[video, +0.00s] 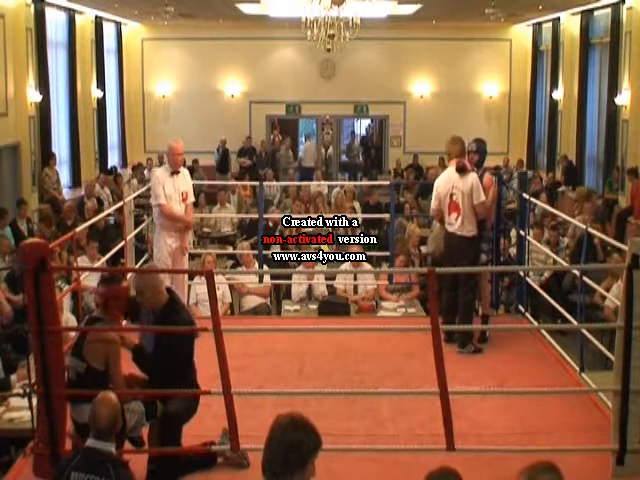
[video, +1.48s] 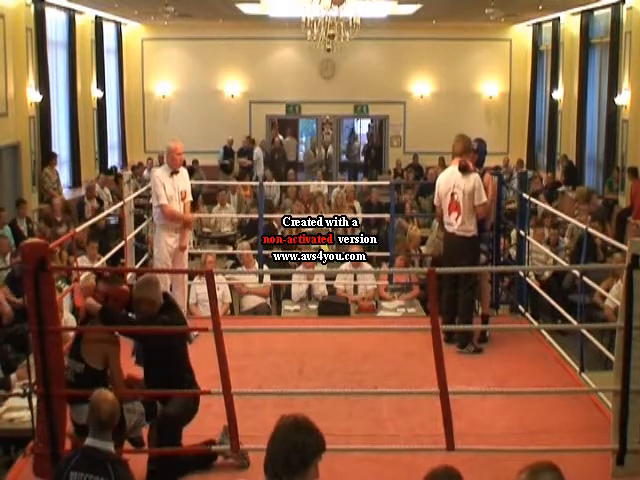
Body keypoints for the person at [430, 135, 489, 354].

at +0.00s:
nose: (458, 157)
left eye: (452, 154)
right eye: (462, 154)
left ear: (447, 155)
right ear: (465, 154)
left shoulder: (441, 180)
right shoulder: (472, 178)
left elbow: (435, 211)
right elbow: (481, 210)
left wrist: (447, 223)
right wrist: (491, 193)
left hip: (449, 235)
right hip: (469, 235)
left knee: (449, 283)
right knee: (467, 285)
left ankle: (448, 328)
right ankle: (465, 337)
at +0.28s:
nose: (462, 155)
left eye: (456, 151)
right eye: (463, 151)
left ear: (446, 154)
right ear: (463, 152)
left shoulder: (439, 180)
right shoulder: (472, 178)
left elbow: (436, 214)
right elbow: (481, 210)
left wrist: (451, 218)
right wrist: (492, 191)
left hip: (449, 235)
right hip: (468, 236)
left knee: (449, 283)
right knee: (467, 285)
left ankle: (448, 328)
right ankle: (465, 337)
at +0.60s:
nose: (466, 154)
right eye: (466, 151)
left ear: (448, 153)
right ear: (466, 152)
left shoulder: (441, 180)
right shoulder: (471, 179)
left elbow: (438, 213)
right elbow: (480, 211)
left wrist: (449, 225)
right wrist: (491, 195)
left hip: (449, 236)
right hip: (468, 236)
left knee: (449, 283)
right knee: (467, 285)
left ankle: (448, 327)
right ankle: (465, 335)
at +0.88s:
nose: (466, 156)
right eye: (467, 152)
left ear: (448, 153)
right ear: (467, 153)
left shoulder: (441, 179)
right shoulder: (472, 179)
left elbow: (438, 213)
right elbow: (481, 210)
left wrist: (448, 226)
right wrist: (490, 193)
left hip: (449, 236)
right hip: (468, 236)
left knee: (449, 283)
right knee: (467, 285)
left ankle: (448, 328)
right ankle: (465, 336)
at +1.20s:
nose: (467, 155)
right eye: (468, 151)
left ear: (449, 152)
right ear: (468, 152)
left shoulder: (442, 178)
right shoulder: (473, 178)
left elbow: (438, 212)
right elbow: (481, 211)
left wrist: (447, 226)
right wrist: (491, 193)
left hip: (449, 235)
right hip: (468, 236)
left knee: (449, 282)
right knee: (467, 285)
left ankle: (448, 328)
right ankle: (465, 336)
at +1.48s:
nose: (471, 156)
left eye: (469, 153)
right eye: (471, 153)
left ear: (452, 153)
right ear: (471, 154)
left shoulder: (442, 177)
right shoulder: (474, 178)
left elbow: (438, 210)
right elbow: (481, 211)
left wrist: (446, 226)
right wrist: (489, 190)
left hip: (449, 235)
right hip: (468, 236)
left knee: (449, 282)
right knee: (467, 284)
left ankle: (448, 327)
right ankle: (464, 335)